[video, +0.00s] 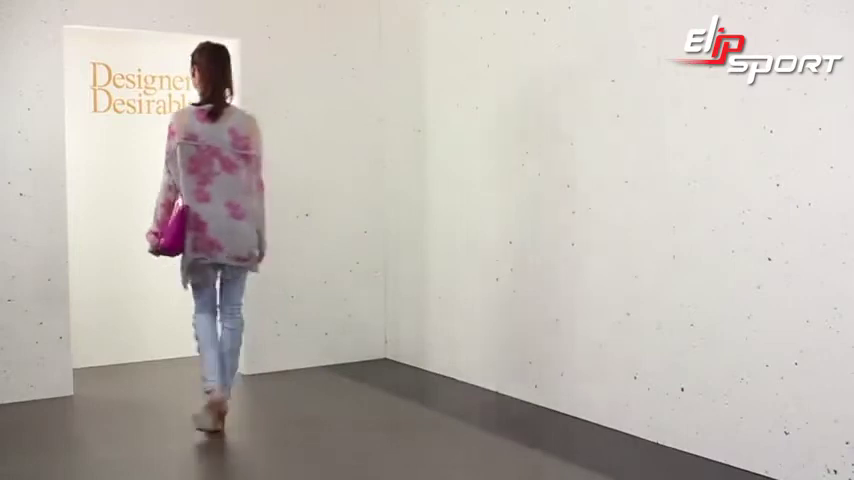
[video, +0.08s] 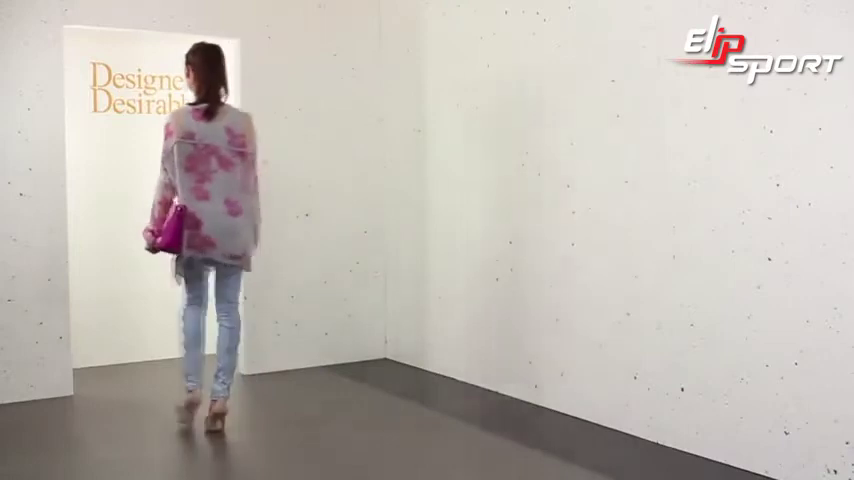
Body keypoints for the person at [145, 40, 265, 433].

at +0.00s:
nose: (192, 75)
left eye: (193, 69)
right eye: (194, 69)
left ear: (197, 73)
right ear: (227, 73)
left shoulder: (182, 121)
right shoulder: (247, 123)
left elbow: (171, 182)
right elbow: (256, 188)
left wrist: (157, 229)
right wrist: (260, 240)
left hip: (199, 232)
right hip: (241, 233)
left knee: (204, 309)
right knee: (232, 311)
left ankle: (216, 388)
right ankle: (222, 400)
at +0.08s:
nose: (185, 77)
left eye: (186, 71)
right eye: (187, 70)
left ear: (192, 74)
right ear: (220, 72)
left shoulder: (179, 121)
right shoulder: (242, 121)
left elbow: (168, 179)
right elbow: (251, 183)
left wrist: (154, 227)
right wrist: (253, 234)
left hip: (192, 229)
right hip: (235, 230)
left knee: (193, 304)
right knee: (229, 310)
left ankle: (193, 387)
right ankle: (220, 397)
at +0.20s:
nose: (178, 83)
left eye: (179, 78)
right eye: (180, 77)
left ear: (184, 81)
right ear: (213, 79)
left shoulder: (172, 127)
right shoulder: (233, 127)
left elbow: (160, 183)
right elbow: (240, 188)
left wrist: (148, 230)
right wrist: (239, 236)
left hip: (182, 231)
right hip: (224, 233)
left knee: (182, 306)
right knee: (225, 310)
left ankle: (182, 379)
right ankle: (219, 396)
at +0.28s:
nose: (174, 90)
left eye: (175, 84)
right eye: (176, 84)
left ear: (180, 87)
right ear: (207, 86)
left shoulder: (167, 132)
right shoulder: (227, 133)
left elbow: (155, 188)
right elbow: (233, 191)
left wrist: (143, 233)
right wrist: (230, 235)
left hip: (176, 236)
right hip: (218, 236)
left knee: (177, 307)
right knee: (219, 312)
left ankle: (180, 382)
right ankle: (218, 396)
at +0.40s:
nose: (165, 89)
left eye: (166, 83)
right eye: (167, 82)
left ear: (171, 86)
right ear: (198, 84)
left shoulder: (160, 130)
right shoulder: (219, 130)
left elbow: (149, 187)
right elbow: (224, 188)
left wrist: (137, 231)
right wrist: (223, 233)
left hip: (169, 233)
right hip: (210, 234)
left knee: (169, 304)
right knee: (202, 302)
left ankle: (179, 382)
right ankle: (213, 376)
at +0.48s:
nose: (162, 87)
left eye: (164, 82)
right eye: (164, 81)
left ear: (168, 85)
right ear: (193, 84)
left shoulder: (155, 129)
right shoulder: (214, 128)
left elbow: (143, 184)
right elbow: (220, 186)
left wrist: (132, 228)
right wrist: (220, 234)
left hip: (166, 228)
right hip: (206, 228)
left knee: (169, 300)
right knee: (193, 296)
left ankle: (179, 379)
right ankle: (203, 364)